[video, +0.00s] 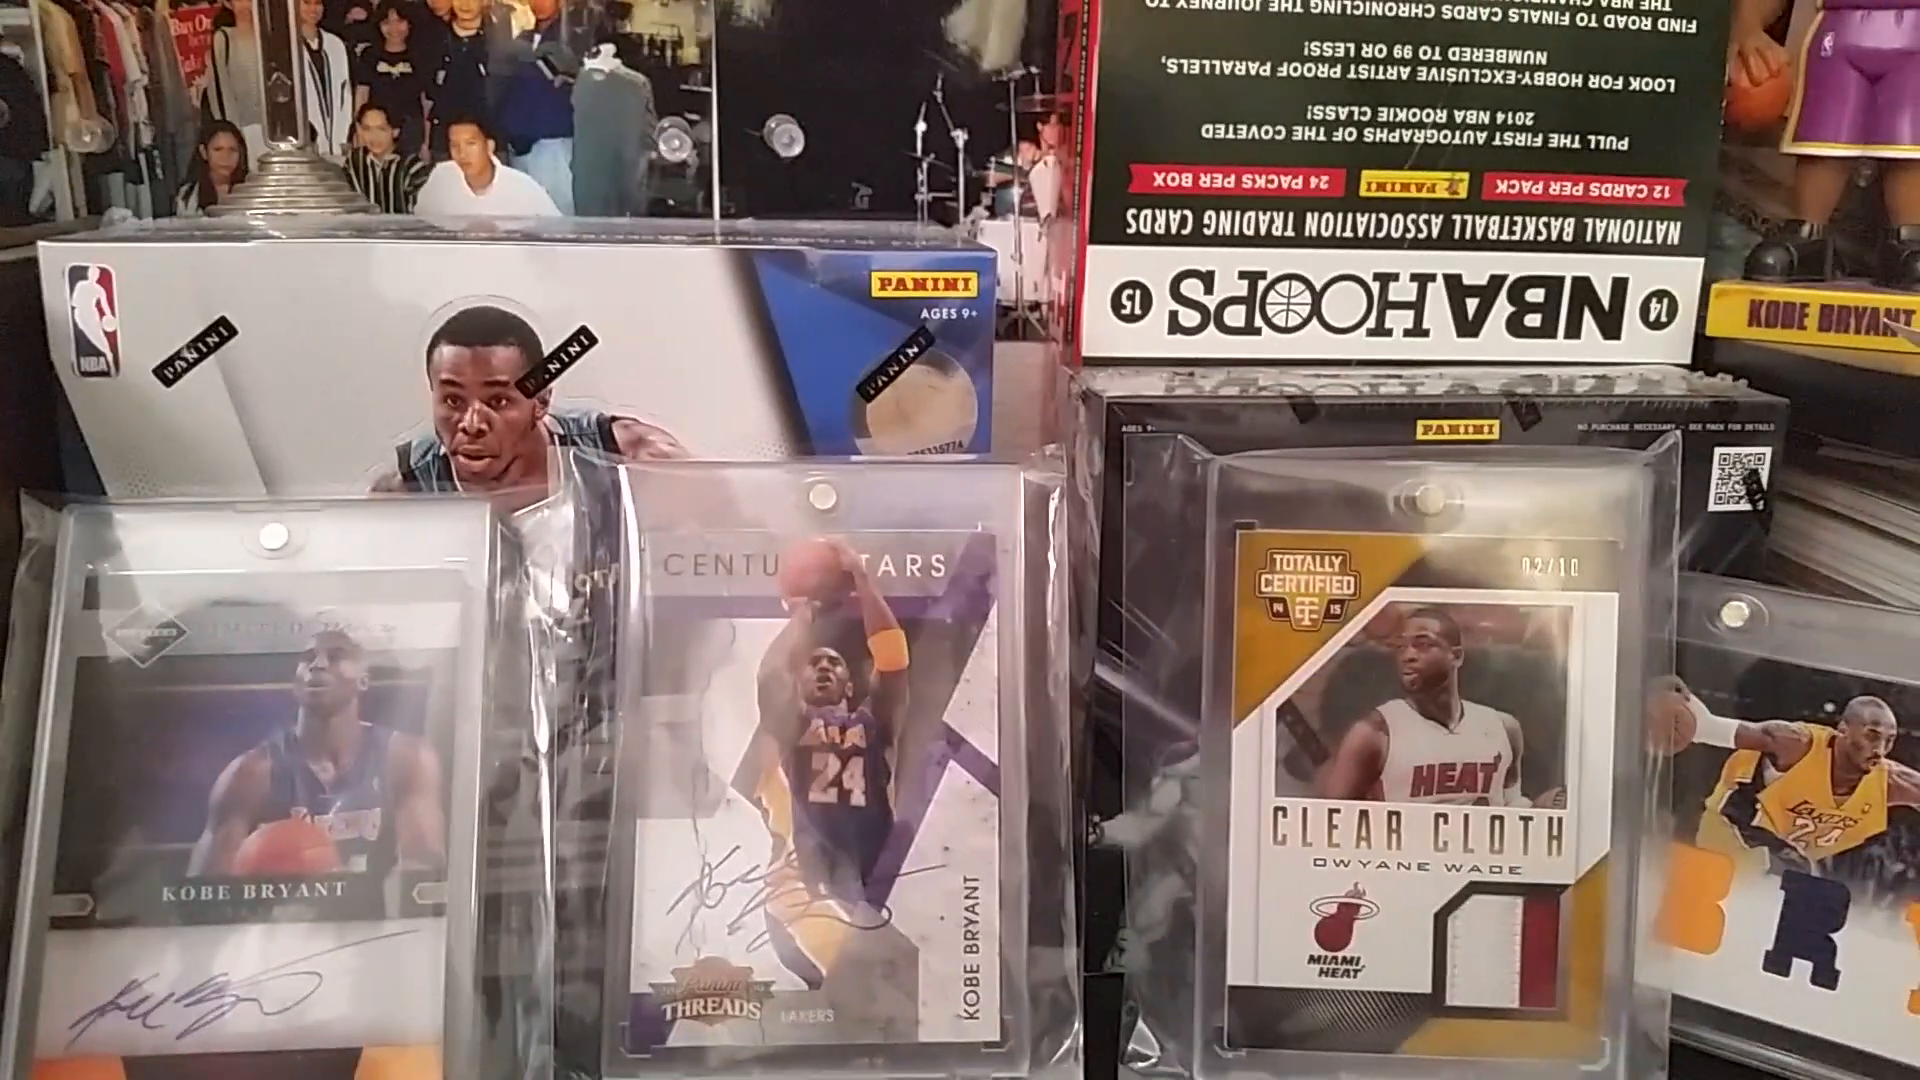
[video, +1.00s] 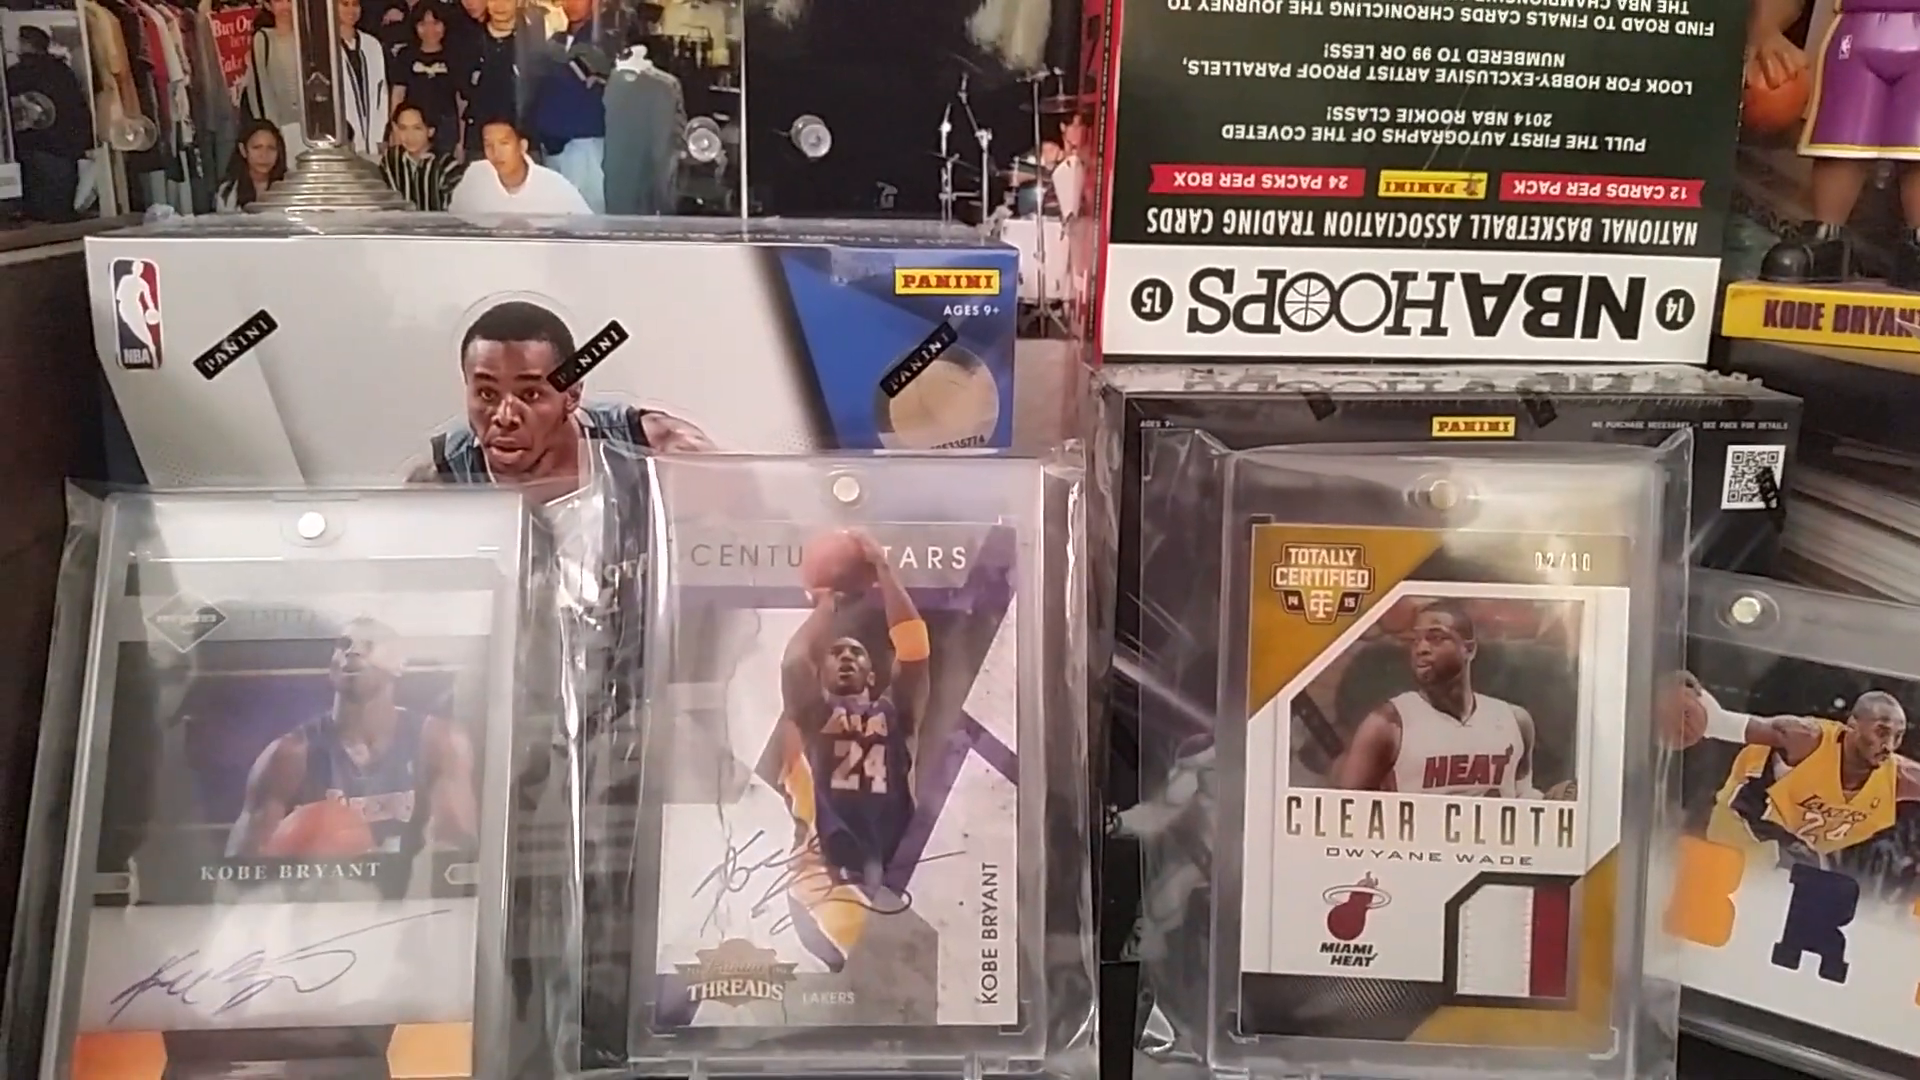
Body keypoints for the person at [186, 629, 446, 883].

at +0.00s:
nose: (318, 665)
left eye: (336, 656)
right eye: (308, 657)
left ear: (364, 677)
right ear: (294, 676)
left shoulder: (409, 759)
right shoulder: (248, 775)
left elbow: (423, 871)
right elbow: (202, 896)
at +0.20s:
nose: (291, 667)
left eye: (309, 658)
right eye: (281, 659)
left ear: (338, 678)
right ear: (268, 677)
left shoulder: (383, 759)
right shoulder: (223, 775)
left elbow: (398, 874)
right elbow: (175, 894)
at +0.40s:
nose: (308, 660)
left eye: (327, 651)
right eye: (298, 651)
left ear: (355, 669)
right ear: (285, 668)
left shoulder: (399, 750)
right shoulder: (240, 767)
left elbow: (413, 864)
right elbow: (191, 887)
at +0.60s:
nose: (315, 661)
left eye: (332, 652)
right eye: (306, 653)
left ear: (361, 672)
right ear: (293, 670)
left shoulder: (406, 751)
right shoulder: (249, 768)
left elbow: (420, 863)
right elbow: (200, 888)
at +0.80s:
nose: (333, 656)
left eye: (350, 648)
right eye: (325, 648)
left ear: (380, 666)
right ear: (312, 665)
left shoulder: (425, 745)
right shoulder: (267, 761)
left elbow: (438, 851)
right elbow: (220, 877)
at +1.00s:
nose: (351, 654)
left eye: (369, 646)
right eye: (343, 645)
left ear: (398, 663)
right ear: (330, 661)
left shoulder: (442, 743)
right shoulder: (286, 757)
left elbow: (455, 849)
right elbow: (238, 869)